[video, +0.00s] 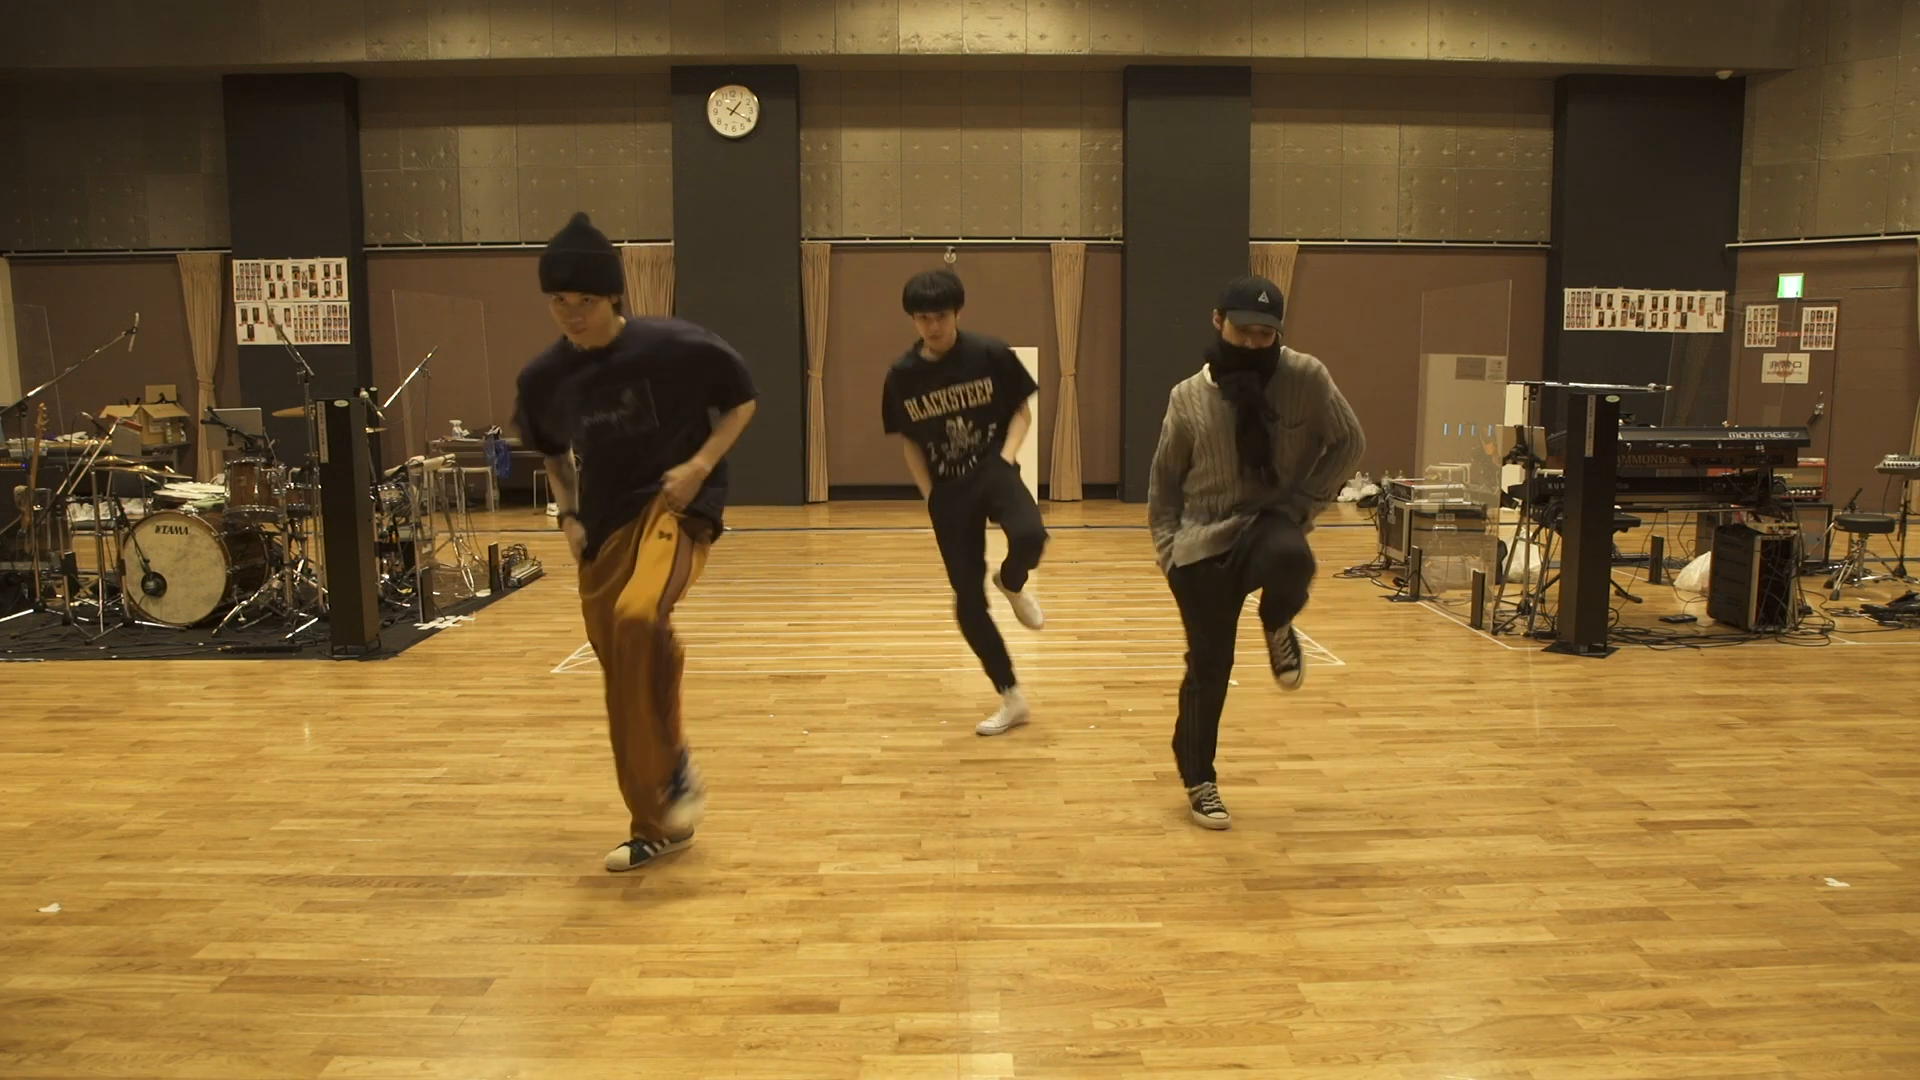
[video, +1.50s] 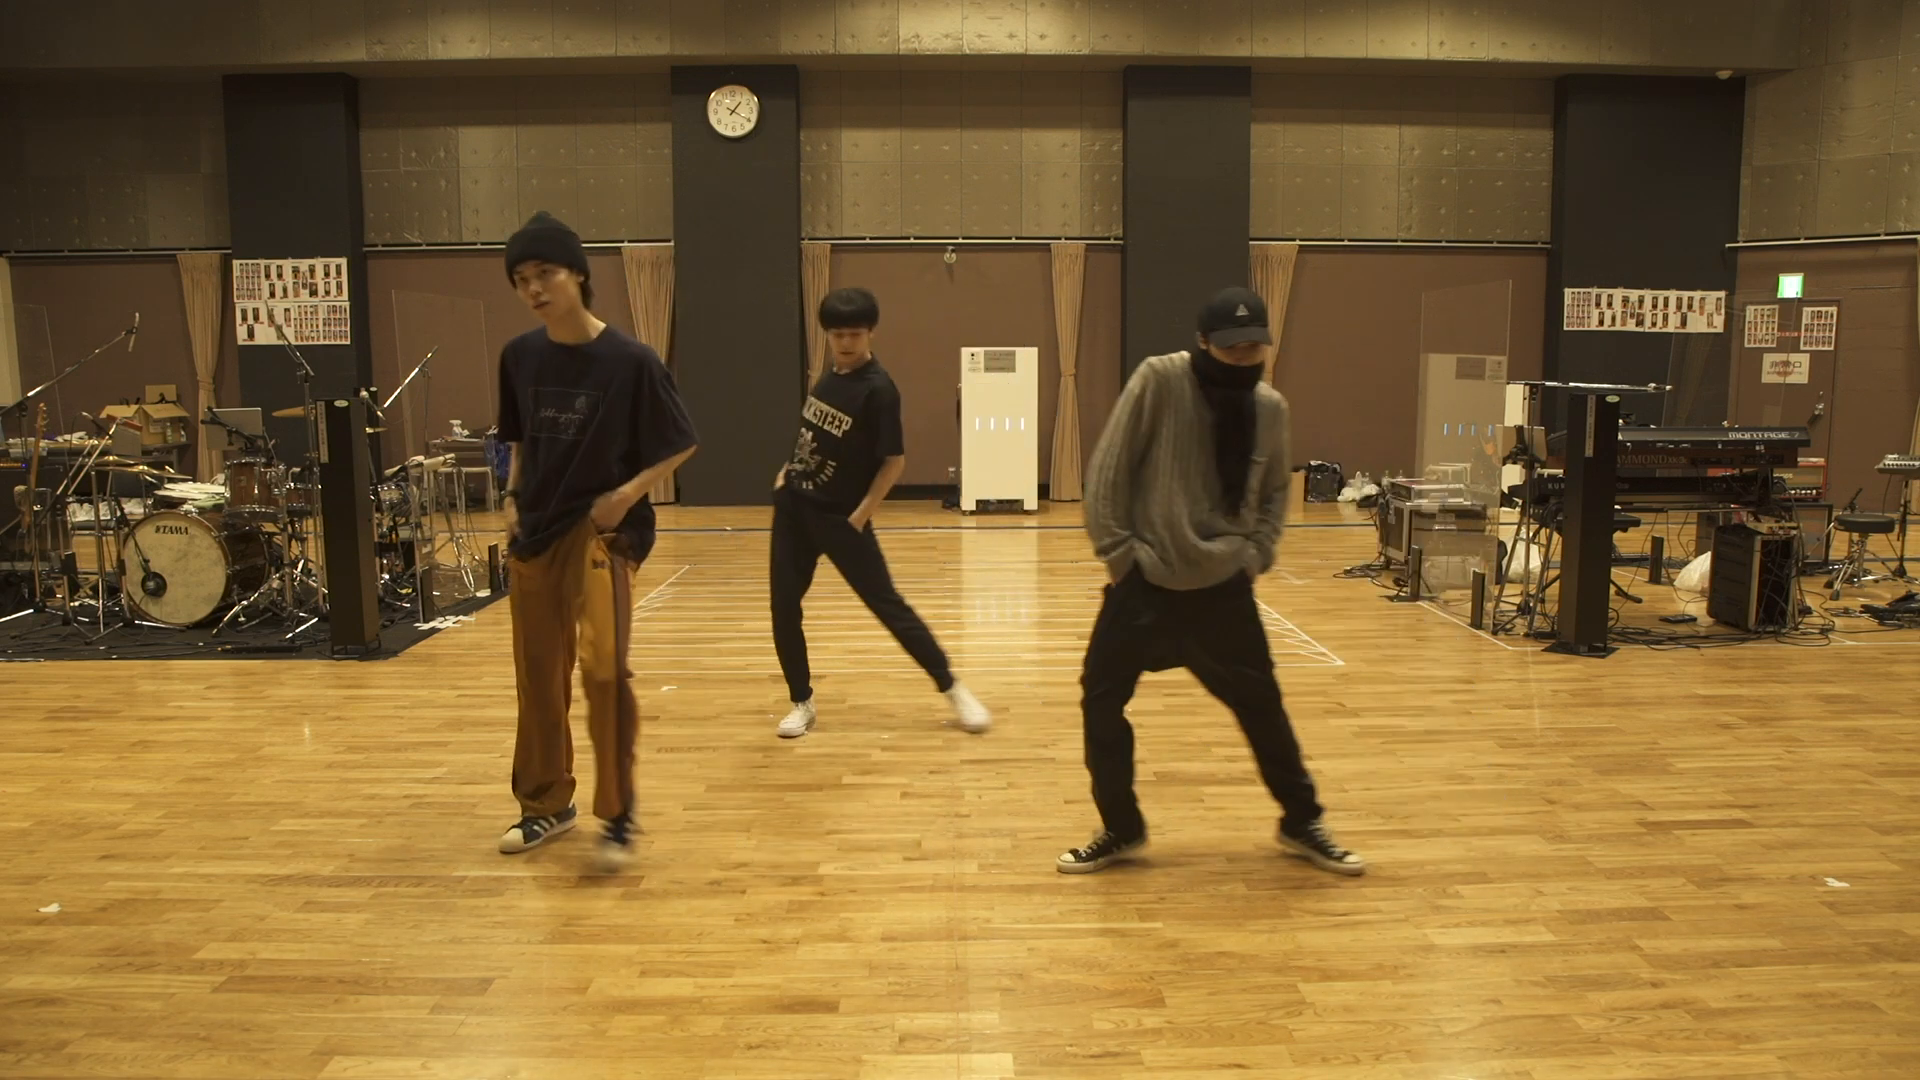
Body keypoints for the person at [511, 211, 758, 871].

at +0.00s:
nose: (568, 317)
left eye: (580, 303)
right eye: (558, 304)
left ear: (613, 295)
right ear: (548, 302)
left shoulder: (673, 345)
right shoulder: (545, 378)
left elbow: (742, 400)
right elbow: (553, 452)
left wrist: (699, 465)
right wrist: (570, 514)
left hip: (672, 512)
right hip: (604, 534)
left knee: (636, 616)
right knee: (621, 675)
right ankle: (651, 826)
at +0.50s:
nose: (610, 308)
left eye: (622, 297)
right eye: (600, 297)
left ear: (651, 296)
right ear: (588, 298)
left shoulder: (688, 368)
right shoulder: (589, 372)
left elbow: (727, 464)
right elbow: (602, 465)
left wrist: (708, 553)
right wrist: (605, 530)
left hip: (694, 559)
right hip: (629, 558)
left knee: (686, 682)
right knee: (625, 688)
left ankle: (679, 778)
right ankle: (628, 807)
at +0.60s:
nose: (623, 316)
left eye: (636, 305)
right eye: (613, 304)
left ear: (662, 305)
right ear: (600, 304)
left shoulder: (702, 373)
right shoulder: (591, 375)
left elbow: (761, 453)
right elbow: (601, 462)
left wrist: (728, 534)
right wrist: (612, 527)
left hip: (708, 559)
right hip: (640, 560)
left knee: (721, 687)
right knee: (625, 690)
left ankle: (720, 766)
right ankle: (631, 807)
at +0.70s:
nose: (651, 314)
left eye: (664, 304)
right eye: (642, 302)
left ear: (690, 303)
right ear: (629, 300)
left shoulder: (734, 369)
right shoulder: (609, 364)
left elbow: (785, 437)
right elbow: (611, 444)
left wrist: (756, 504)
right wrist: (618, 512)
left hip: (724, 555)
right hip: (646, 559)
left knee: (772, 675)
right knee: (621, 690)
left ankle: (806, 791)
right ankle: (624, 808)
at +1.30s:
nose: (572, 304)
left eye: (583, 289)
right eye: (560, 294)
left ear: (616, 288)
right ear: (554, 301)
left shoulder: (662, 373)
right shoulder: (559, 364)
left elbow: (721, 453)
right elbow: (563, 443)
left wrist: (661, 505)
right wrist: (553, 506)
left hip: (639, 553)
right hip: (571, 549)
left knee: (684, 690)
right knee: (551, 683)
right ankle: (547, 805)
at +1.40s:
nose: (552, 298)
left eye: (562, 282)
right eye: (541, 288)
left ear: (596, 280)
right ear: (534, 295)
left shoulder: (643, 363)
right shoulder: (541, 356)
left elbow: (700, 447)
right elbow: (548, 438)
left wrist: (645, 496)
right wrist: (534, 499)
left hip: (618, 543)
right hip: (552, 541)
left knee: (648, 679)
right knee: (545, 679)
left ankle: (688, 822)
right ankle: (548, 805)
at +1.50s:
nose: (534, 291)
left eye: (544, 276)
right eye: (523, 283)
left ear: (578, 275)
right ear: (517, 292)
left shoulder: (631, 360)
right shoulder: (520, 357)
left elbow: (681, 444)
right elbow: (521, 441)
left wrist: (627, 492)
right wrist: (517, 506)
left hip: (602, 533)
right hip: (534, 533)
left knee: (606, 673)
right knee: (538, 675)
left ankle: (617, 815)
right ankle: (547, 805)